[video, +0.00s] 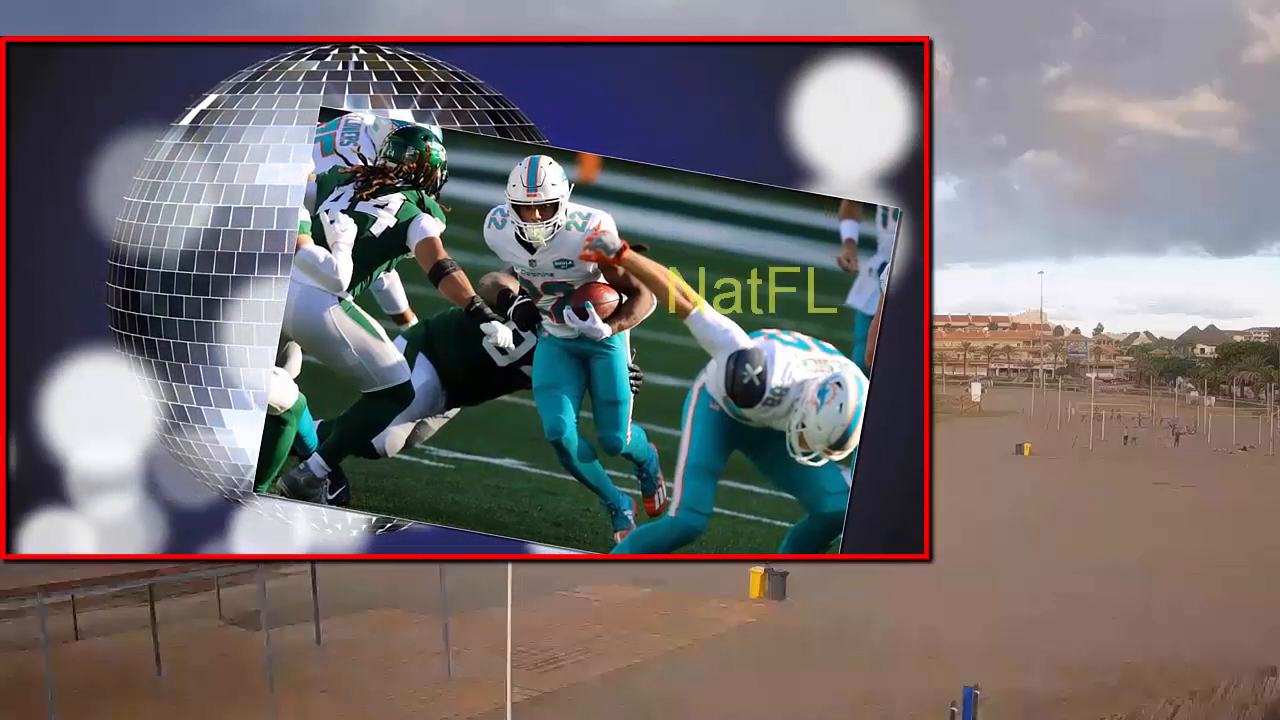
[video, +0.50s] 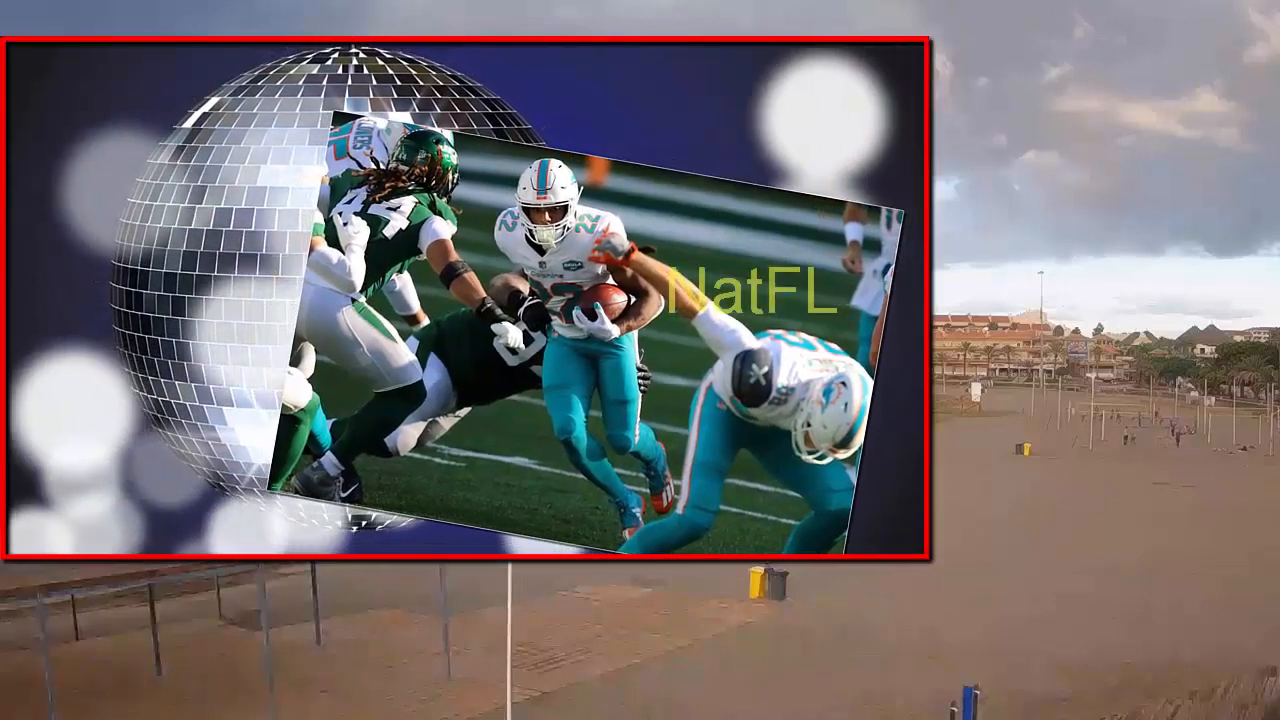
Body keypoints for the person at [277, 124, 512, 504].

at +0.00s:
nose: (439, 178)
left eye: (439, 170)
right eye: (437, 170)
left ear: (384, 156)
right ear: (427, 170)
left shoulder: (336, 178)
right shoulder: (414, 211)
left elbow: (285, 207)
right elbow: (440, 268)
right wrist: (482, 315)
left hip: (272, 285)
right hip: (321, 302)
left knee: (283, 366)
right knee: (395, 388)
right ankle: (313, 470)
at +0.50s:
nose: (451, 181)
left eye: (450, 174)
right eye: (449, 173)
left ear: (396, 160)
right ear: (439, 175)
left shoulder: (350, 183)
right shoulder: (425, 214)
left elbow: (301, 202)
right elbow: (451, 270)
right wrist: (493, 316)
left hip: (287, 285)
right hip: (334, 304)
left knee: (292, 372)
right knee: (408, 389)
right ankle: (326, 470)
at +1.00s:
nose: (462, 184)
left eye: (462, 177)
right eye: (460, 176)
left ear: (409, 163)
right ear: (450, 177)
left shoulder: (365, 184)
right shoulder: (439, 216)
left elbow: (315, 202)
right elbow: (463, 271)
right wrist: (504, 316)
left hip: (299, 284)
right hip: (346, 304)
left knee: (303, 386)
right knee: (420, 389)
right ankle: (339, 468)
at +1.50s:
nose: (474, 186)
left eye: (473, 178)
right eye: (472, 178)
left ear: (420, 165)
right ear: (462, 179)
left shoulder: (376, 188)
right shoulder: (449, 218)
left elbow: (328, 213)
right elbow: (474, 273)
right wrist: (514, 316)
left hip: (315, 286)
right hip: (360, 305)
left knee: (321, 373)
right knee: (433, 388)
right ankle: (355, 464)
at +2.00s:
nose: (485, 189)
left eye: (485, 182)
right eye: (483, 182)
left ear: (435, 170)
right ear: (473, 182)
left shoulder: (390, 190)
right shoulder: (463, 218)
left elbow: (340, 207)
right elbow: (485, 273)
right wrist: (522, 314)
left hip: (328, 289)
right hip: (374, 306)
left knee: (334, 369)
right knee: (445, 388)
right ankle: (367, 462)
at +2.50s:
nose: (496, 191)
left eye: (496, 184)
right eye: (493, 184)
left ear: (446, 173)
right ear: (482, 185)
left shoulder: (401, 194)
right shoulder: (472, 223)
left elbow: (357, 219)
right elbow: (497, 275)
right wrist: (535, 317)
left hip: (341, 289)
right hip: (387, 307)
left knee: (348, 371)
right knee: (457, 387)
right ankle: (381, 461)